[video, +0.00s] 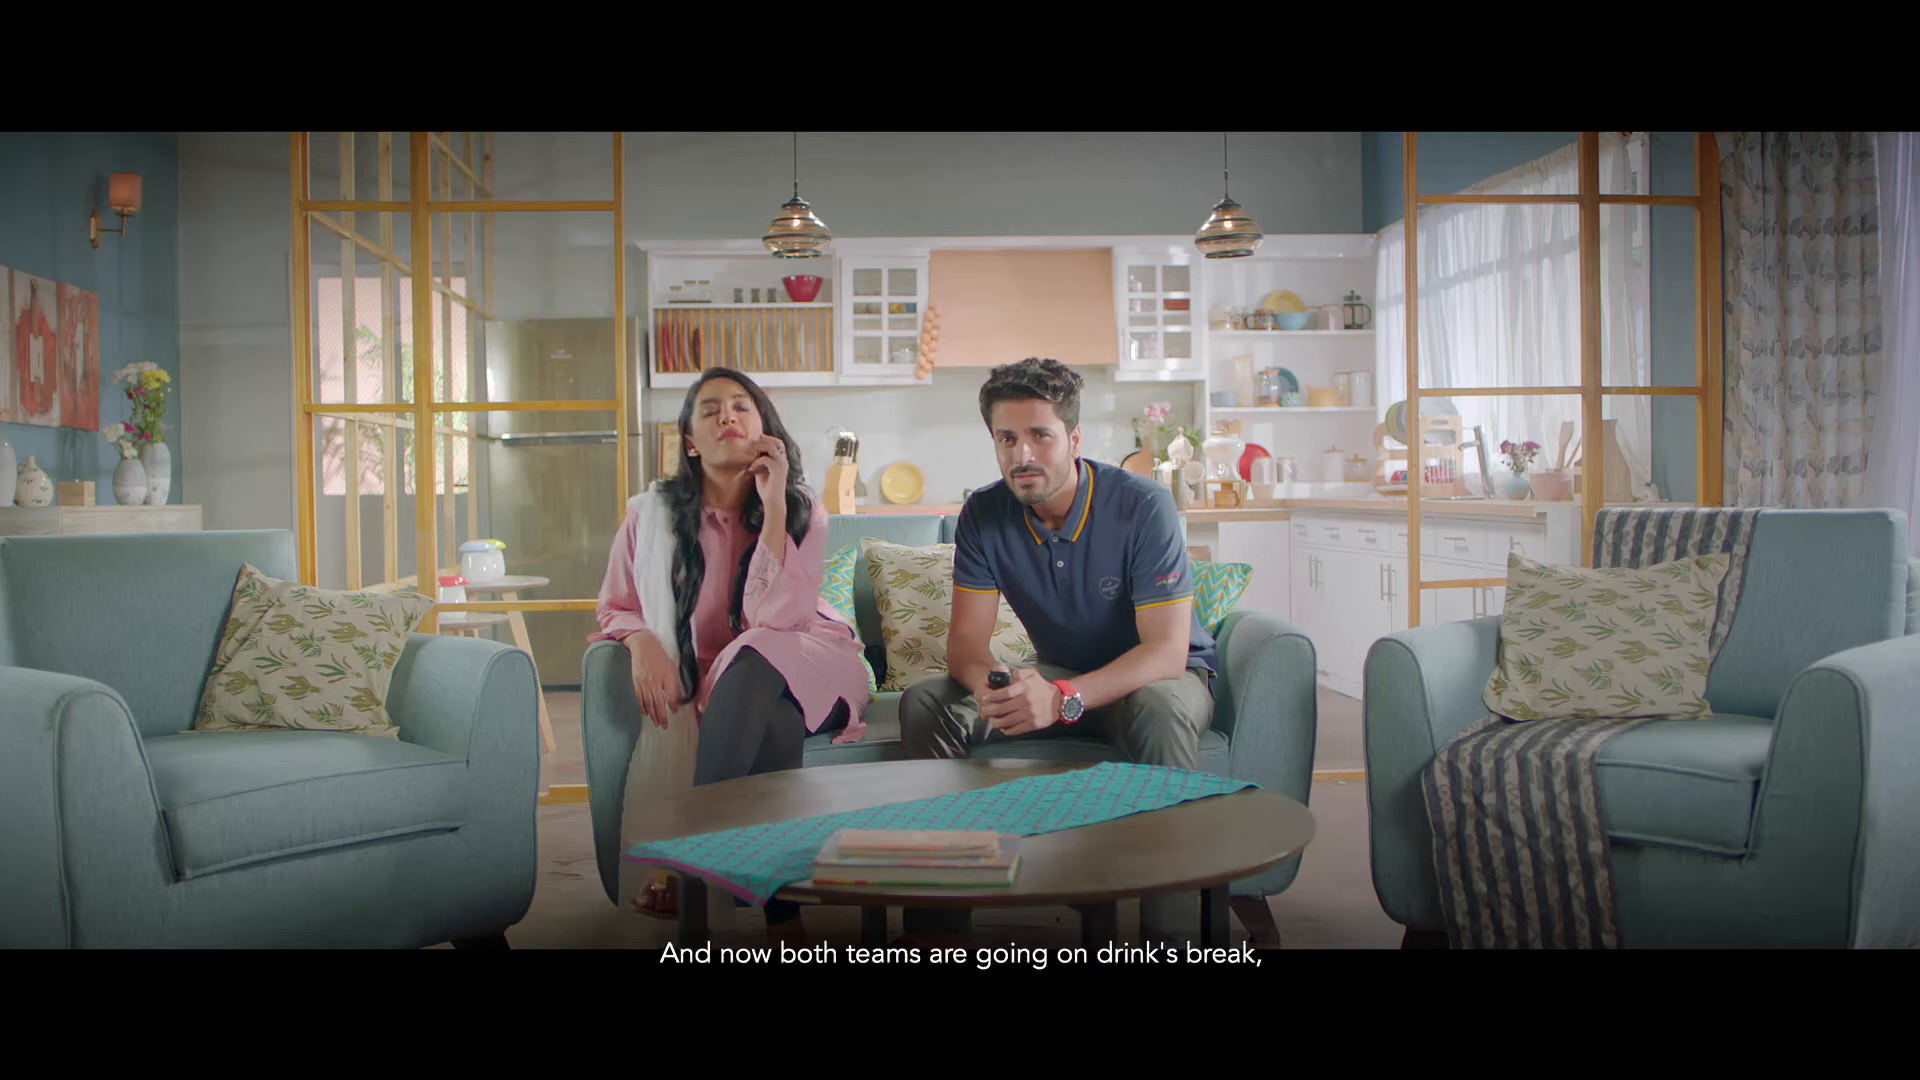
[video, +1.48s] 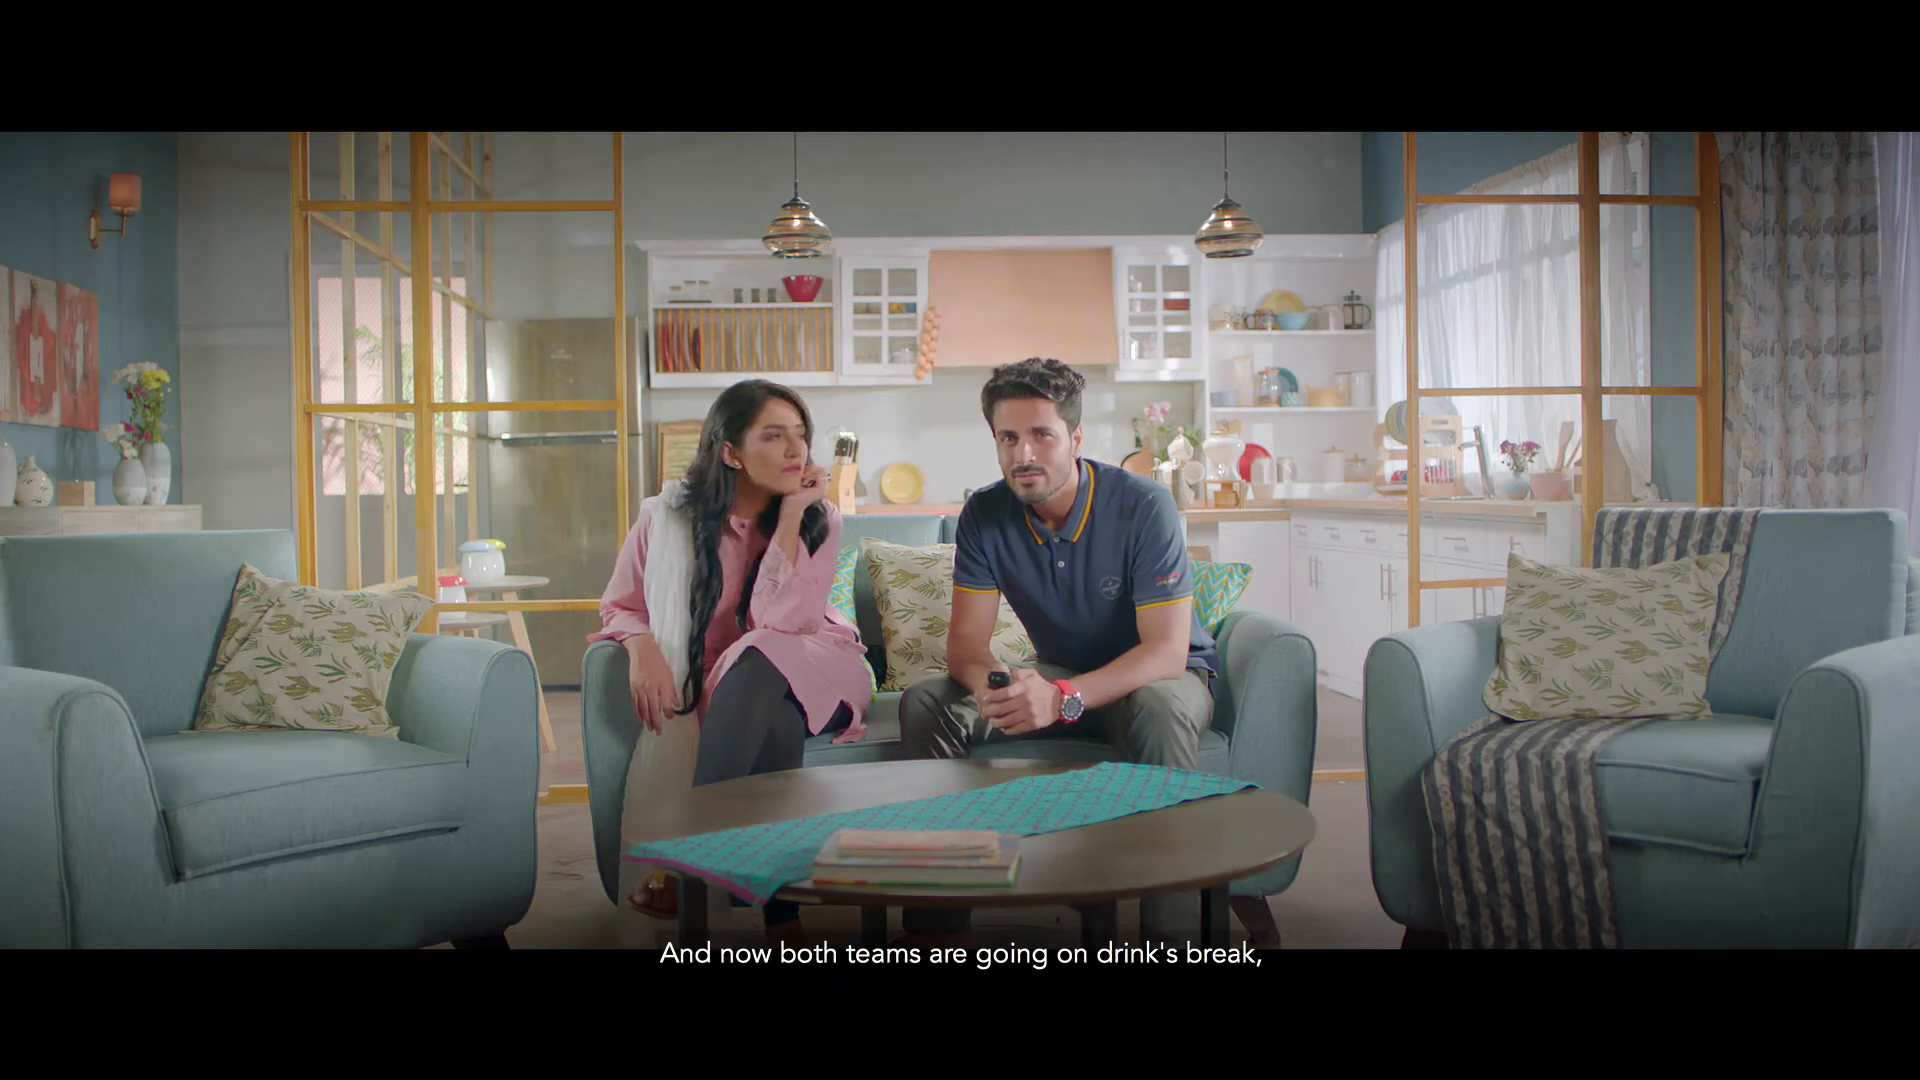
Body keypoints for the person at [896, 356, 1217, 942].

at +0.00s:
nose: (1022, 454)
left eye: (1039, 436)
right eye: (1007, 438)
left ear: (1074, 440)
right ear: (993, 443)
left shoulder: (1142, 507)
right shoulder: (984, 515)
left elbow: (1167, 655)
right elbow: (966, 647)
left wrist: (1065, 698)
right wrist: (996, 685)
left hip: (1156, 678)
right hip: (1058, 680)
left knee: (1157, 709)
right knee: (926, 702)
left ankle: (1172, 924)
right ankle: (942, 898)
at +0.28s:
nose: (1023, 455)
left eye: (1040, 436)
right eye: (1008, 439)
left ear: (1075, 440)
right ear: (993, 443)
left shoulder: (1143, 507)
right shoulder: (985, 515)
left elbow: (1167, 654)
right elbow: (966, 648)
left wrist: (1064, 698)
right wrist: (996, 687)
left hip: (1156, 676)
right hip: (1060, 676)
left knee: (1157, 709)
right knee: (927, 703)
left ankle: (1173, 927)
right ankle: (941, 899)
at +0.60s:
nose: (1023, 455)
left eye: (1040, 436)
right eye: (1008, 438)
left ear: (1075, 440)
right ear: (993, 443)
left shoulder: (1143, 507)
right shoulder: (985, 515)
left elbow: (1167, 654)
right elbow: (966, 647)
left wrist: (1064, 698)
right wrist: (996, 687)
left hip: (1156, 675)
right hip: (1060, 676)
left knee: (1157, 709)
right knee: (927, 702)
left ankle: (1172, 925)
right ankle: (941, 897)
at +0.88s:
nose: (1023, 454)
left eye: (1039, 436)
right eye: (1008, 438)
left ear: (1075, 439)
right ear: (993, 443)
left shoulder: (1143, 507)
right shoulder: (985, 515)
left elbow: (1167, 654)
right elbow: (966, 647)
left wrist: (1064, 698)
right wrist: (995, 687)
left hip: (1156, 675)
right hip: (1059, 676)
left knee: (1157, 709)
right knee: (927, 702)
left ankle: (1172, 926)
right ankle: (941, 898)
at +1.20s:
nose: (1023, 454)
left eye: (1040, 436)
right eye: (1008, 438)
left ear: (1075, 440)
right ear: (994, 443)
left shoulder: (1143, 508)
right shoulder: (985, 515)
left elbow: (1167, 654)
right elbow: (966, 647)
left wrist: (1064, 698)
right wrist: (996, 686)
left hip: (1157, 676)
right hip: (1059, 678)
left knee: (1157, 709)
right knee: (926, 702)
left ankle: (1171, 922)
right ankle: (942, 897)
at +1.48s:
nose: (1023, 454)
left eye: (1040, 435)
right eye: (1009, 438)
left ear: (1076, 440)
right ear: (995, 443)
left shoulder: (1143, 507)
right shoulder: (985, 515)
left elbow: (1166, 655)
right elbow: (966, 647)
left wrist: (1064, 697)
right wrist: (997, 686)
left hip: (1156, 677)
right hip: (1059, 679)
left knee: (1157, 709)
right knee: (926, 703)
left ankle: (1172, 922)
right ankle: (943, 897)